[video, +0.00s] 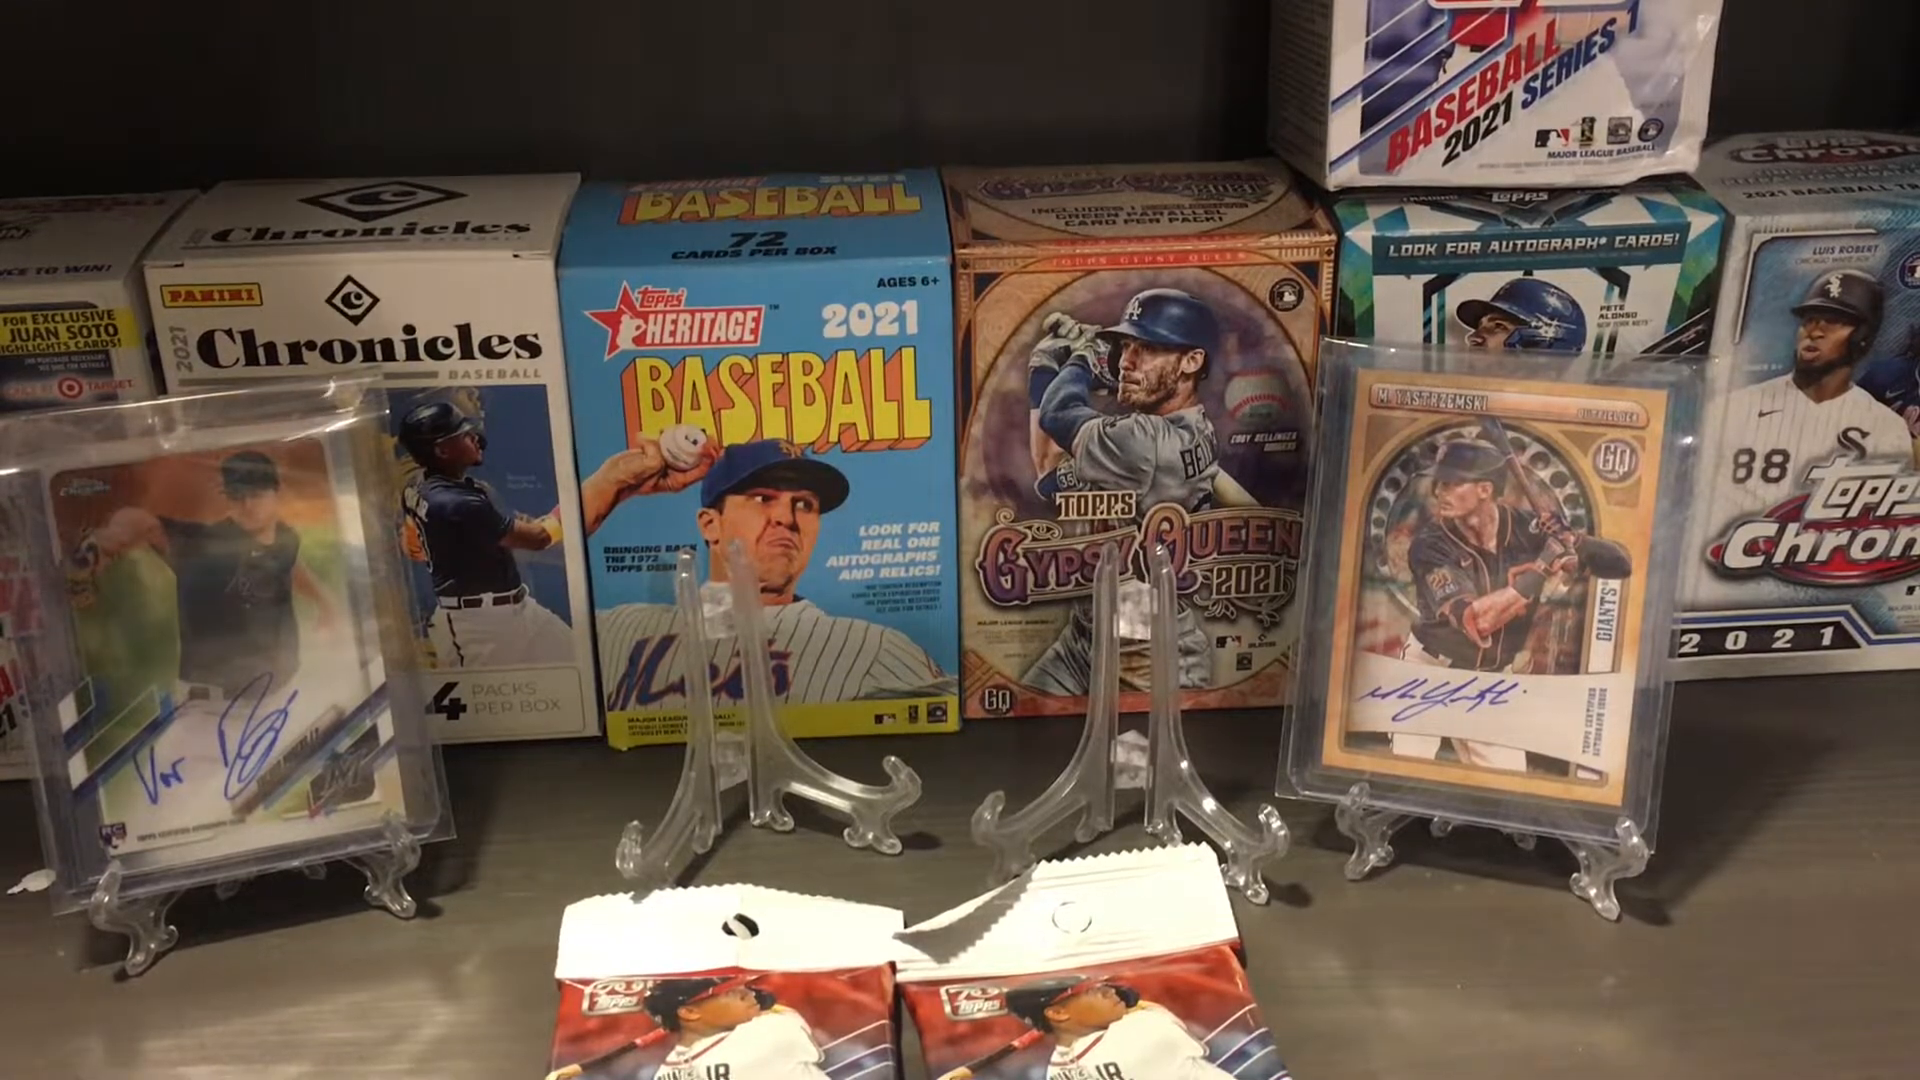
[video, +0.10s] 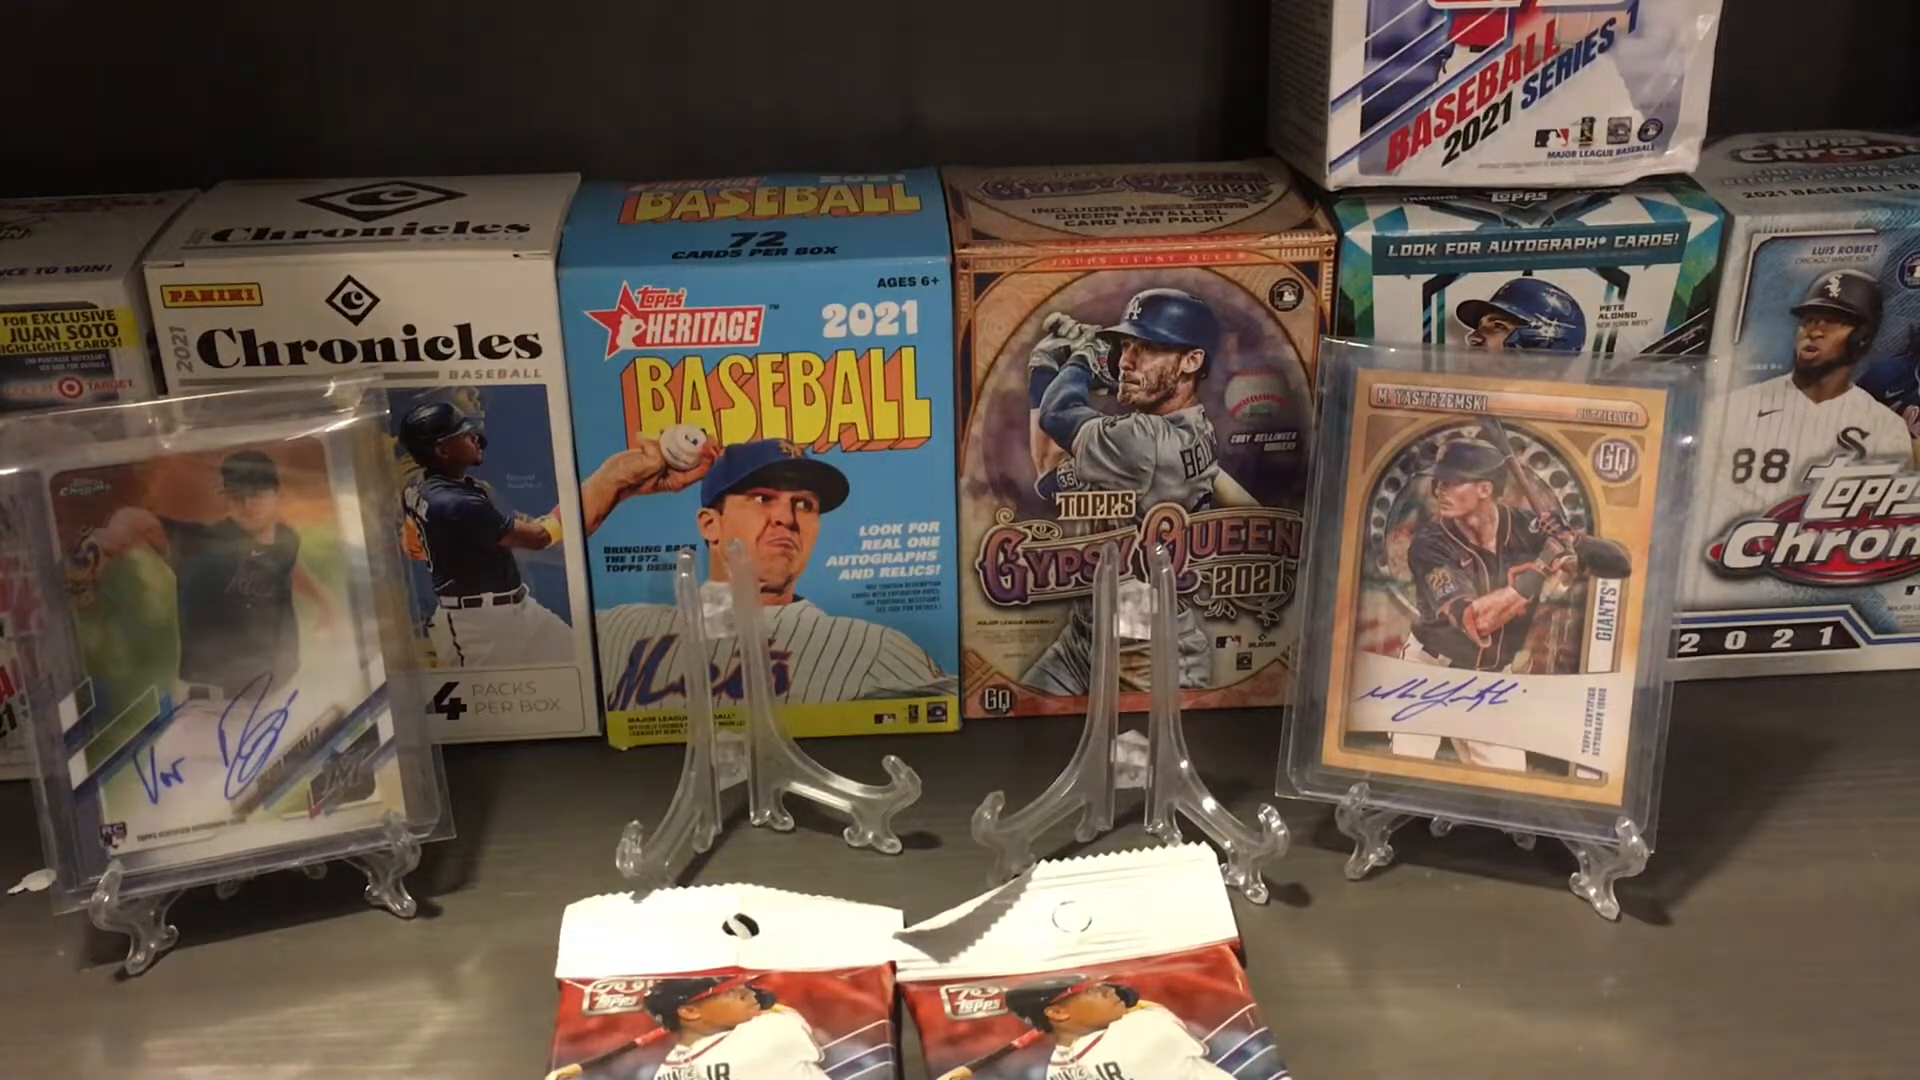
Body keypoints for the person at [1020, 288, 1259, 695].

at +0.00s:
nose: (1127, 361)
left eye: (1147, 350)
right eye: (1127, 347)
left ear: (1190, 363)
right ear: (1121, 347)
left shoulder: (1139, 440)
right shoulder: (1190, 431)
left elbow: (1060, 409)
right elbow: (1048, 476)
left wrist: (1085, 361)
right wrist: (1041, 372)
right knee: (1010, 738)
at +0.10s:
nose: (1127, 361)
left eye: (1146, 350)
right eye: (1126, 347)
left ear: (1190, 363)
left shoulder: (1140, 440)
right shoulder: (1189, 430)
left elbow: (1059, 409)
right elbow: (1048, 474)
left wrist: (1084, 360)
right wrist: (1041, 372)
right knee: (1008, 736)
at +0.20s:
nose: (1126, 361)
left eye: (1147, 350)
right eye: (1126, 347)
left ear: (1190, 363)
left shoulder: (1139, 440)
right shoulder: (1190, 431)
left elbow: (1059, 409)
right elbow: (1048, 475)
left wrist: (1086, 360)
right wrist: (1041, 372)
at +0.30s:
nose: (1126, 361)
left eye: (1147, 350)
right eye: (1126, 347)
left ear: (1190, 363)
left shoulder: (1139, 440)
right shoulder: (1190, 430)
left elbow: (1059, 408)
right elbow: (1048, 474)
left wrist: (1086, 360)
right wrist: (1041, 373)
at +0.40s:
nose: (1127, 361)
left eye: (1147, 350)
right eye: (1126, 347)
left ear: (1190, 363)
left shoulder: (1139, 440)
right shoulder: (1190, 430)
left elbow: (1059, 408)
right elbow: (1048, 474)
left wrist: (1086, 360)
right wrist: (1041, 372)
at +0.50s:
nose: (1127, 361)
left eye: (1147, 350)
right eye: (1126, 347)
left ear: (1190, 363)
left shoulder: (1139, 440)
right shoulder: (1190, 430)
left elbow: (1059, 408)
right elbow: (1048, 474)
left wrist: (1086, 360)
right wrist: (1041, 372)